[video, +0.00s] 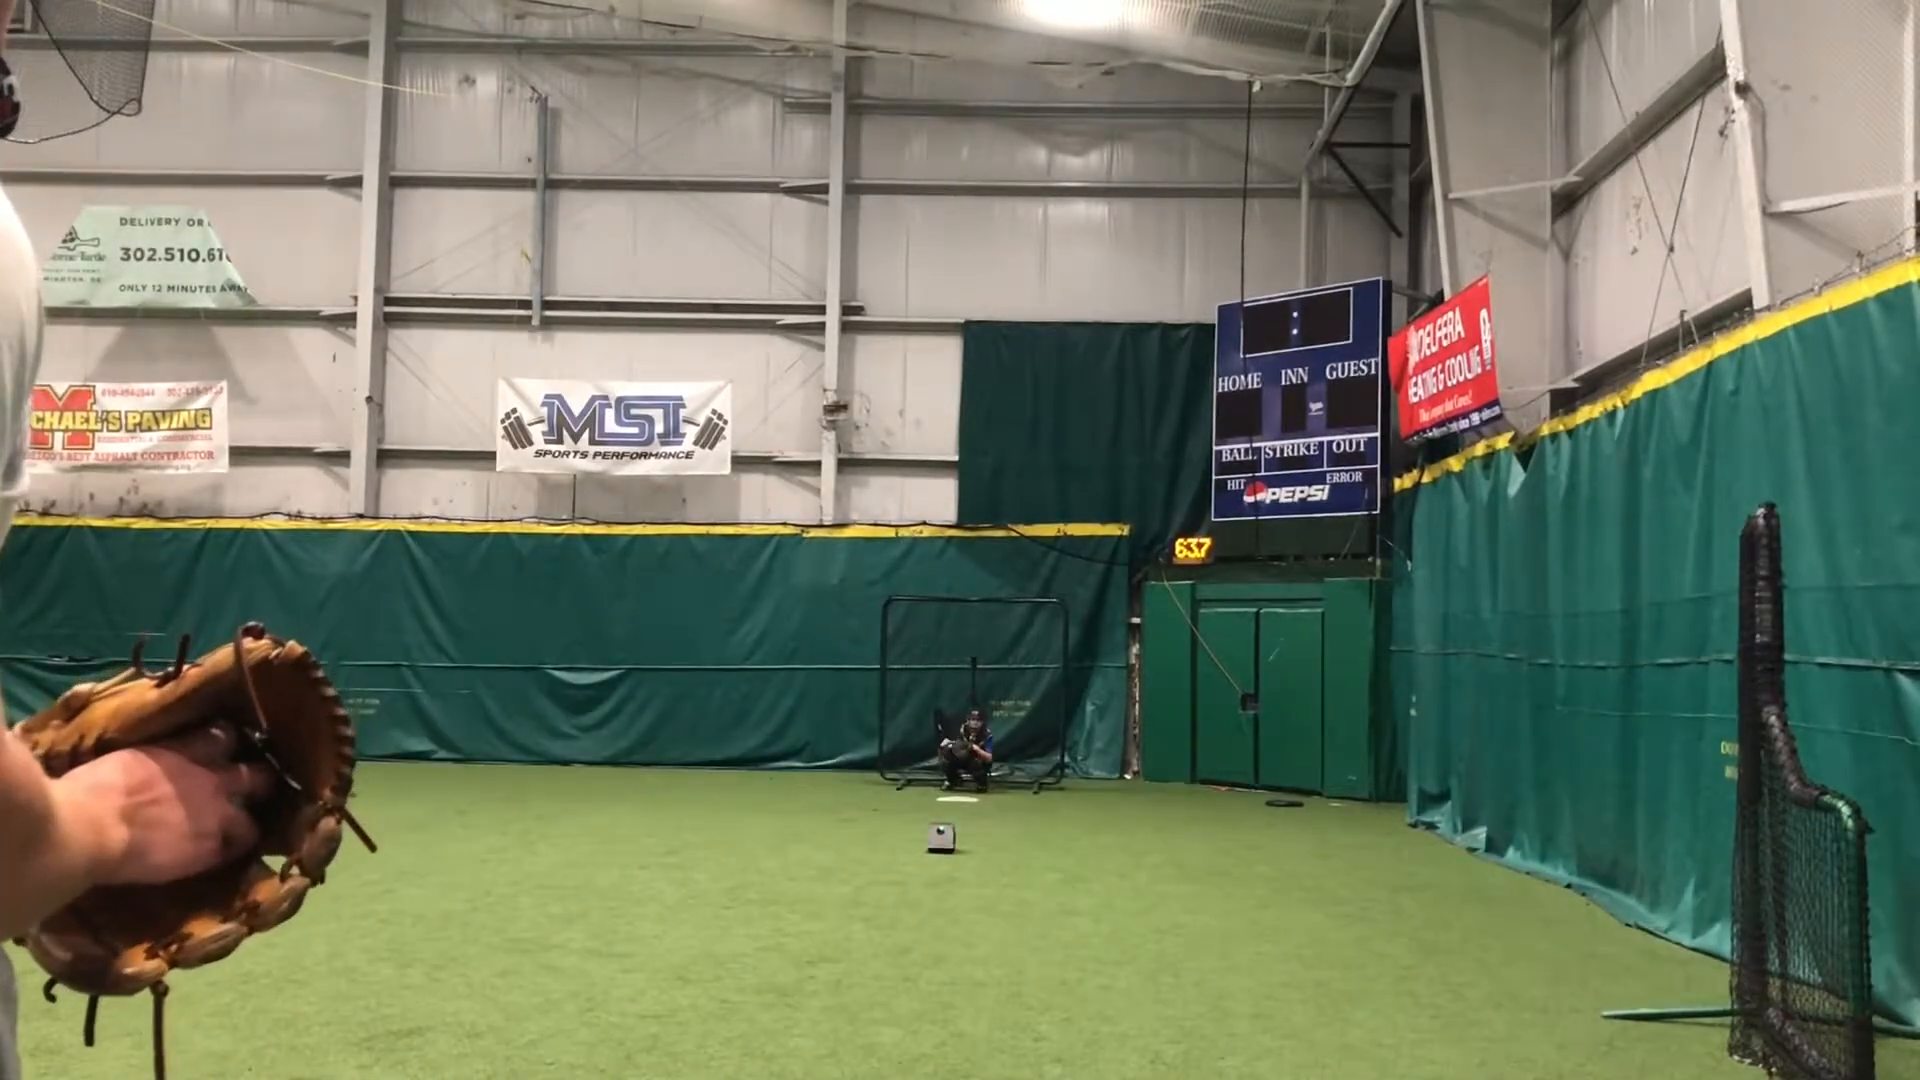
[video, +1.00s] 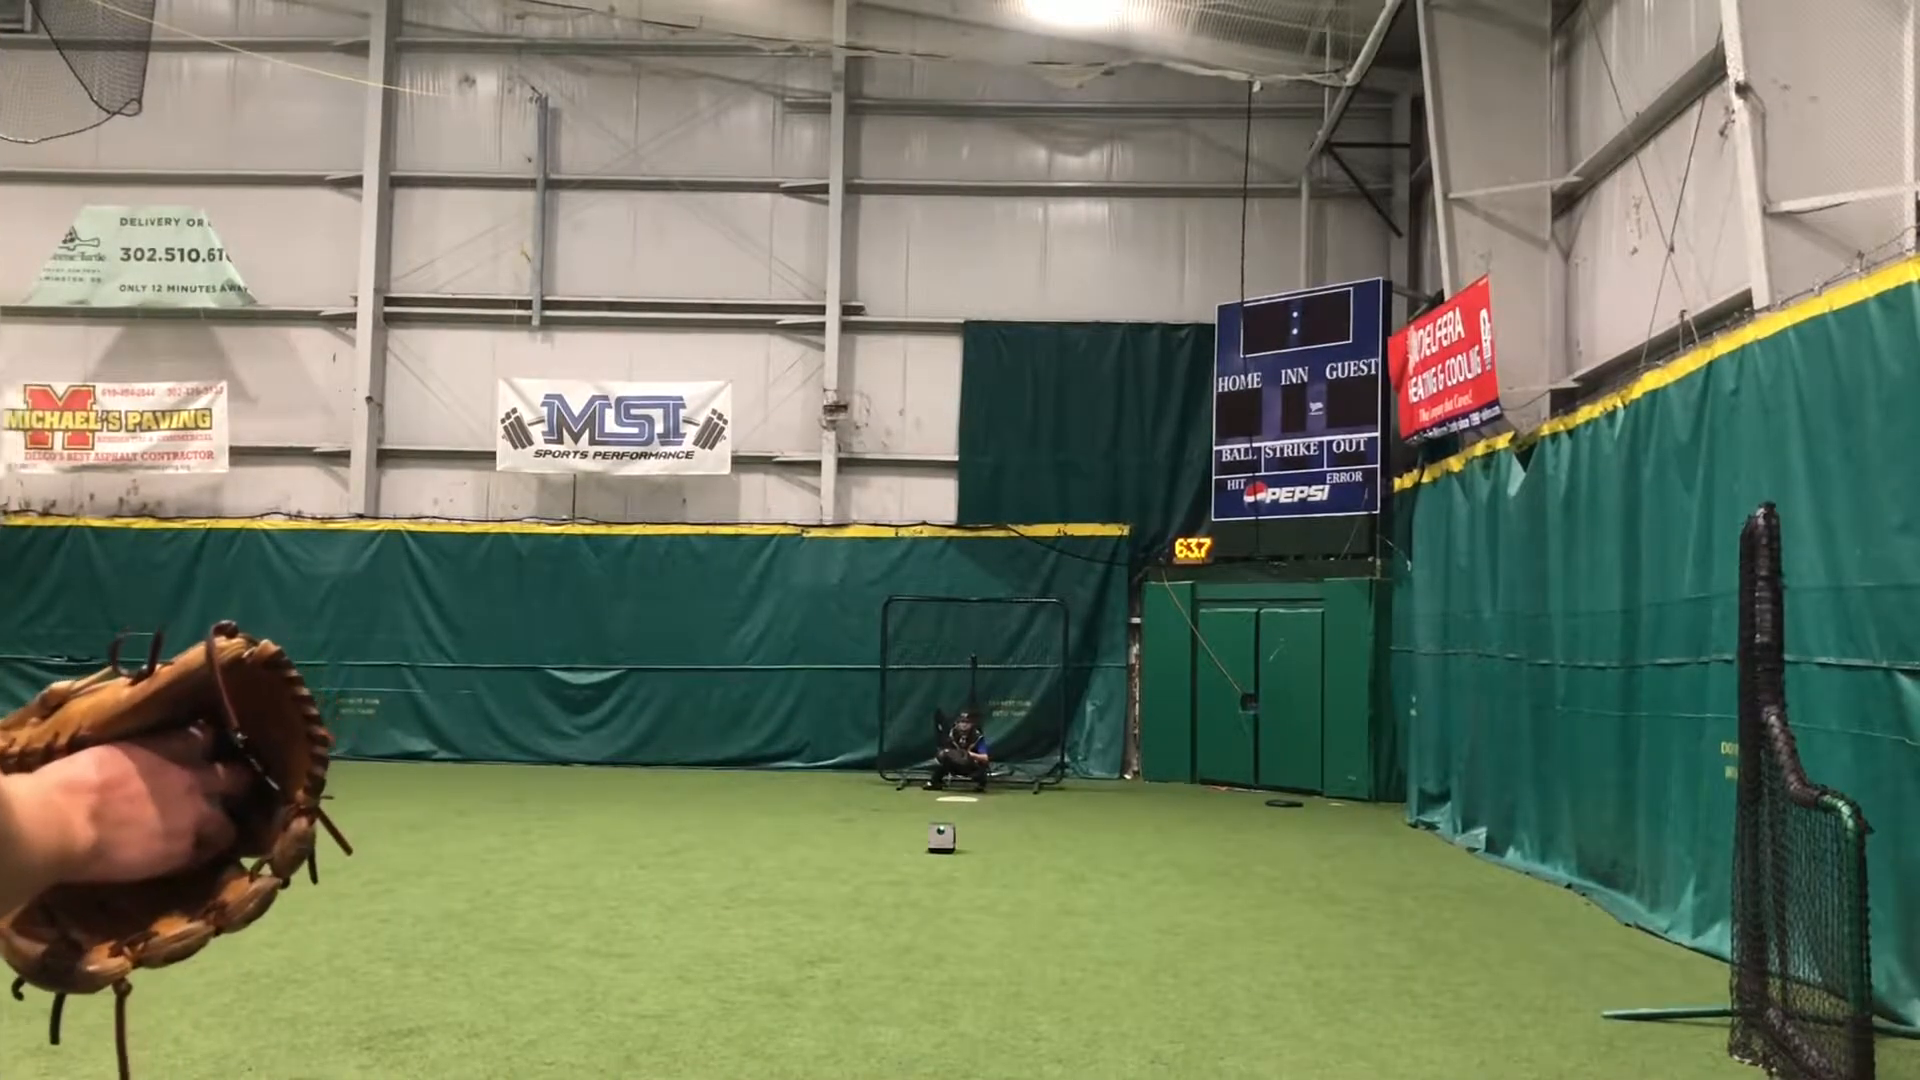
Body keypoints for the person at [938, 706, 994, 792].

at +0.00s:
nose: (975, 723)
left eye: (978, 720)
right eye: (972, 720)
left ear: (982, 723)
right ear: (968, 721)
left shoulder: (987, 735)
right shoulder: (962, 732)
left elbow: (989, 758)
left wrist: (974, 747)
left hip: (978, 760)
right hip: (963, 759)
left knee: (978, 764)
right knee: (947, 762)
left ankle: (982, 784)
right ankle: (953, 781)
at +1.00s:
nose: (964, 725)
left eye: (967, 722)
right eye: (961, 722)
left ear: (972, 724)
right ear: (957, 724)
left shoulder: (978, 738)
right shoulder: (952, 736)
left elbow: (985, 758)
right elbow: (940, 754)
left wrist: (969, 754)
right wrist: (948, 754)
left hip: (972, 765)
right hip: (955, 764)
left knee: (981, 772)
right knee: (944, 765)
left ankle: (981, 785)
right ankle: (935, 782)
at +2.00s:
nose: (964, 726)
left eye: (967, 723)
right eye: (961, 723)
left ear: (971, 725)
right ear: (957, 724)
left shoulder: (977, 738)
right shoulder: (950, 735)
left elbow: (985, 759)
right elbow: (941, 752)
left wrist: (971, 756)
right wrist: (948, 753)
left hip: (971, 764)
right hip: (953, 762)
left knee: (978, 774)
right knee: (940, 762)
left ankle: (981, 784)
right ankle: (936, 782)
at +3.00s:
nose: (962, 727)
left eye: (965, 724)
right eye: (960, 724)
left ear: (970, 726)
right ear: (955, 725)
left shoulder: (976, 739)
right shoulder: (950, 735)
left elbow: (983, 759)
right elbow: (944, 749)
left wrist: (967, 757)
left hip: (969, 764)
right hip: (953, 763)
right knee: (941, 756)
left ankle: (981, 784)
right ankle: (936, 782)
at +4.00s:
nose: (954, 726)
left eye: (958, 723)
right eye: (952, 722)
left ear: (963, 725)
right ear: (947, 724)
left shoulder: (970, 738)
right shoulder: (942, 735)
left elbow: (976, 758)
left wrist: (960, 756)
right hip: (946, 760)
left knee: (960, 768)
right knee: (935, 753)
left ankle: (980, 782)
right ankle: (935, 782)